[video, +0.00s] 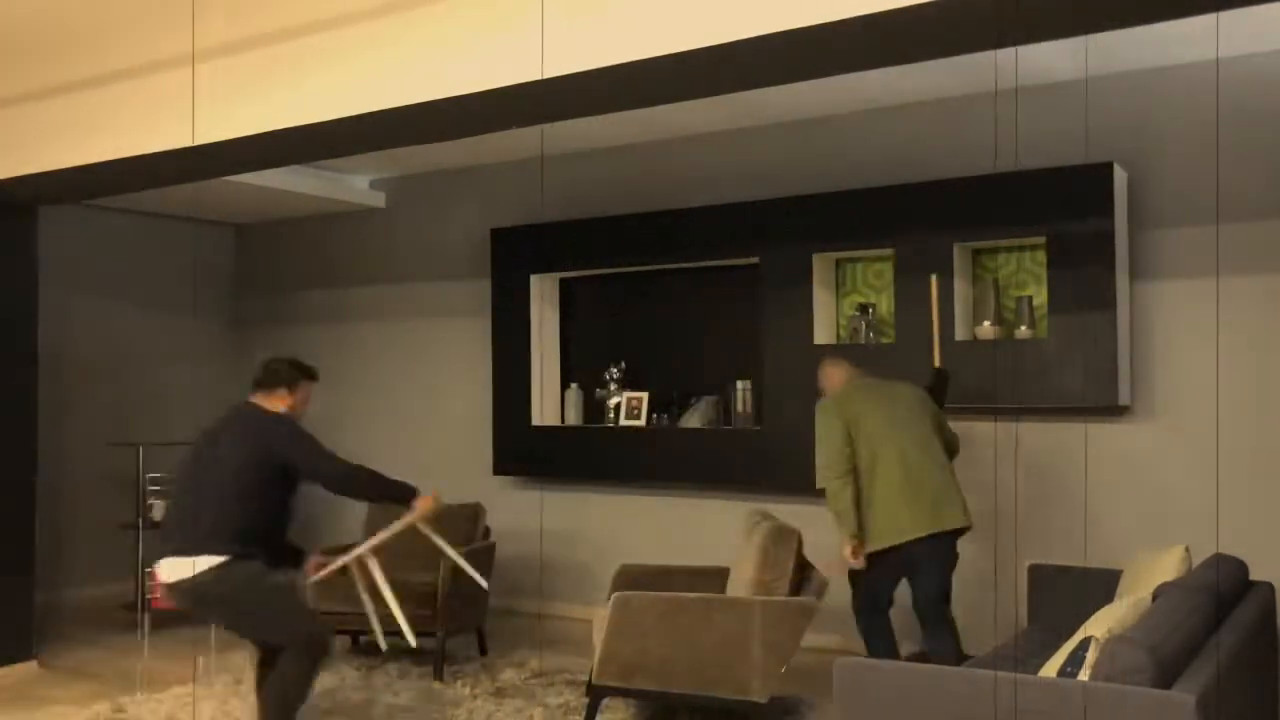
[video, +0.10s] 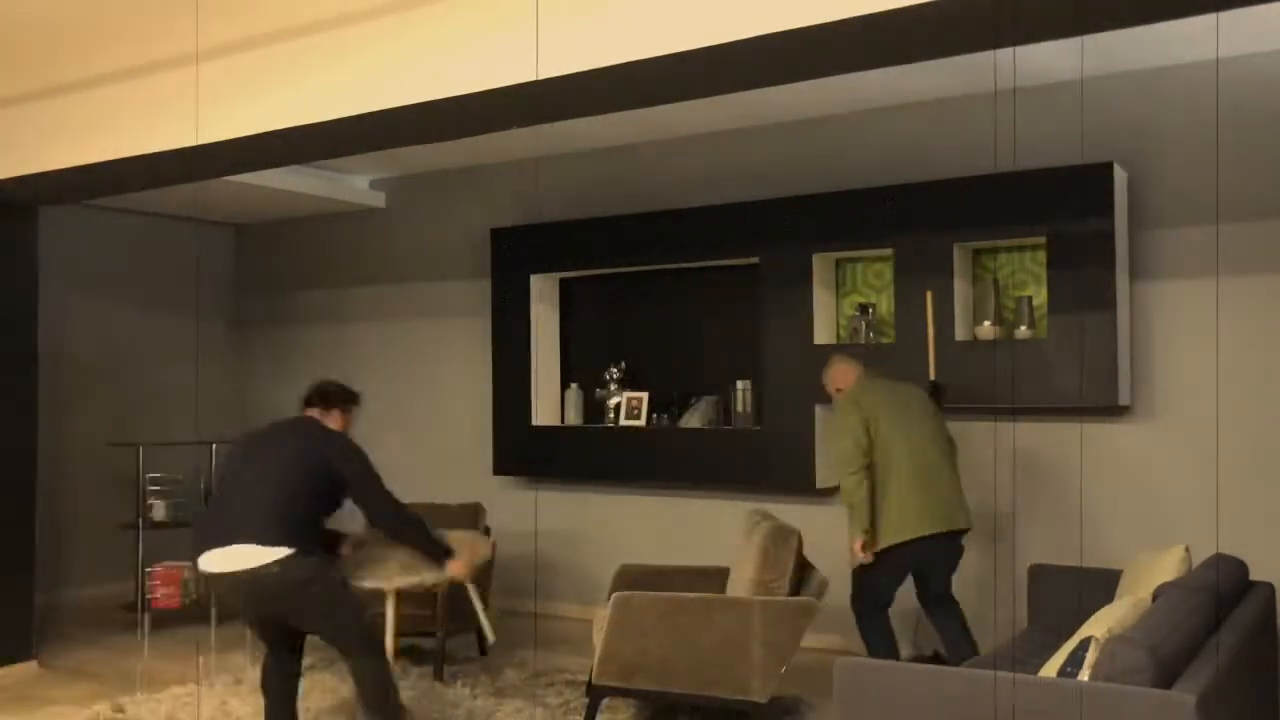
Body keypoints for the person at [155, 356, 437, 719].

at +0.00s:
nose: (306, 409)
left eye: (307, 399)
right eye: (306, 399)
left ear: (260, 390)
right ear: (289, 393)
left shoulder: (226, 428)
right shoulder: (275, 429)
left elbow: (237, 522)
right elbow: (339, 476)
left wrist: (302, 559)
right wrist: (411, 495)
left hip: (180, 575)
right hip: (218, 570)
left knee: (277, 641)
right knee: (310, 637)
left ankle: (272, 712)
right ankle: (276, 712)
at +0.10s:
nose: (347, 430)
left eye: (349, 423)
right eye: (347, 421)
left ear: (308, 410)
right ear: (330, 414)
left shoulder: (259, 440)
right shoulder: (334, 445)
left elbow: (270, 518)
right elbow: (386, 513)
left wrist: (339, 542)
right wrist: (444, 556)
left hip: (223, 574)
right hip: (283, 569)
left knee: (283, 645)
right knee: (361, 644)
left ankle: (279, 716)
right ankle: (387, 713)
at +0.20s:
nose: (396, 461)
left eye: (397, 452)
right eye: (395, 452)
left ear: (353, 441)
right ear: (383, 447)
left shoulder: (303, 454)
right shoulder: (386, 481)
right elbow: (402, 569)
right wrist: (434, 631)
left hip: (262, 580)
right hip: (334, 587)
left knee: (275, 647)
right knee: (401, 659)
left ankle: (267, 713)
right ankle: (425, 713)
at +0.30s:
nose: (426, 475)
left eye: (426, 469)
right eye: (424, 469)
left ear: (384, 459)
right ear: (416, 466)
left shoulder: (347, 474)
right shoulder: (417, 488)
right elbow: (422, 566)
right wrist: (438, 627)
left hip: (277, 581)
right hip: (349, 585)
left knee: (303, 638)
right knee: (418, 654)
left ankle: (281, 714)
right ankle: (435, 713)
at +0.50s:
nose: (464, 495)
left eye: (468, 488)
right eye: (465, 487)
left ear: (425, 466)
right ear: (451, 479)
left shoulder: (382, 483)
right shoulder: (449, 512)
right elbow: (451, 592)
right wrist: (466, 640)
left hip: (295, 590)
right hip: (355, 600)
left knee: (314, 645)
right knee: (445, 646)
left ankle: (280, 715)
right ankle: (447, 714)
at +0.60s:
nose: (500, 432)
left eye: (503, 423)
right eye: (499, 421)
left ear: (458, 412)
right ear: (475, 417)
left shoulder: (407, 433)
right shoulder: (469, 461)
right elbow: (478, 541)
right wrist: (486, 603)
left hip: (322, 573)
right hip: (379, 584)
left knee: (346, 640)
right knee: (457, 641)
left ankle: (297, 712)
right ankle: (452, 712)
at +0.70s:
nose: (517, 393)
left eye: (519, 382)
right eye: (512, 380)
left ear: (476, 374)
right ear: (482, 372)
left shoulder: (445, 400)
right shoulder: (470, 417)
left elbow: (438, 489)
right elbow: (475, 500)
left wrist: (461, 554)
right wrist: (497, 570)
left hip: (345, 536)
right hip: (380, 546)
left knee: (405, 635)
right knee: (440, 646)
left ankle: (377, 711)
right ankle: (444, 712)